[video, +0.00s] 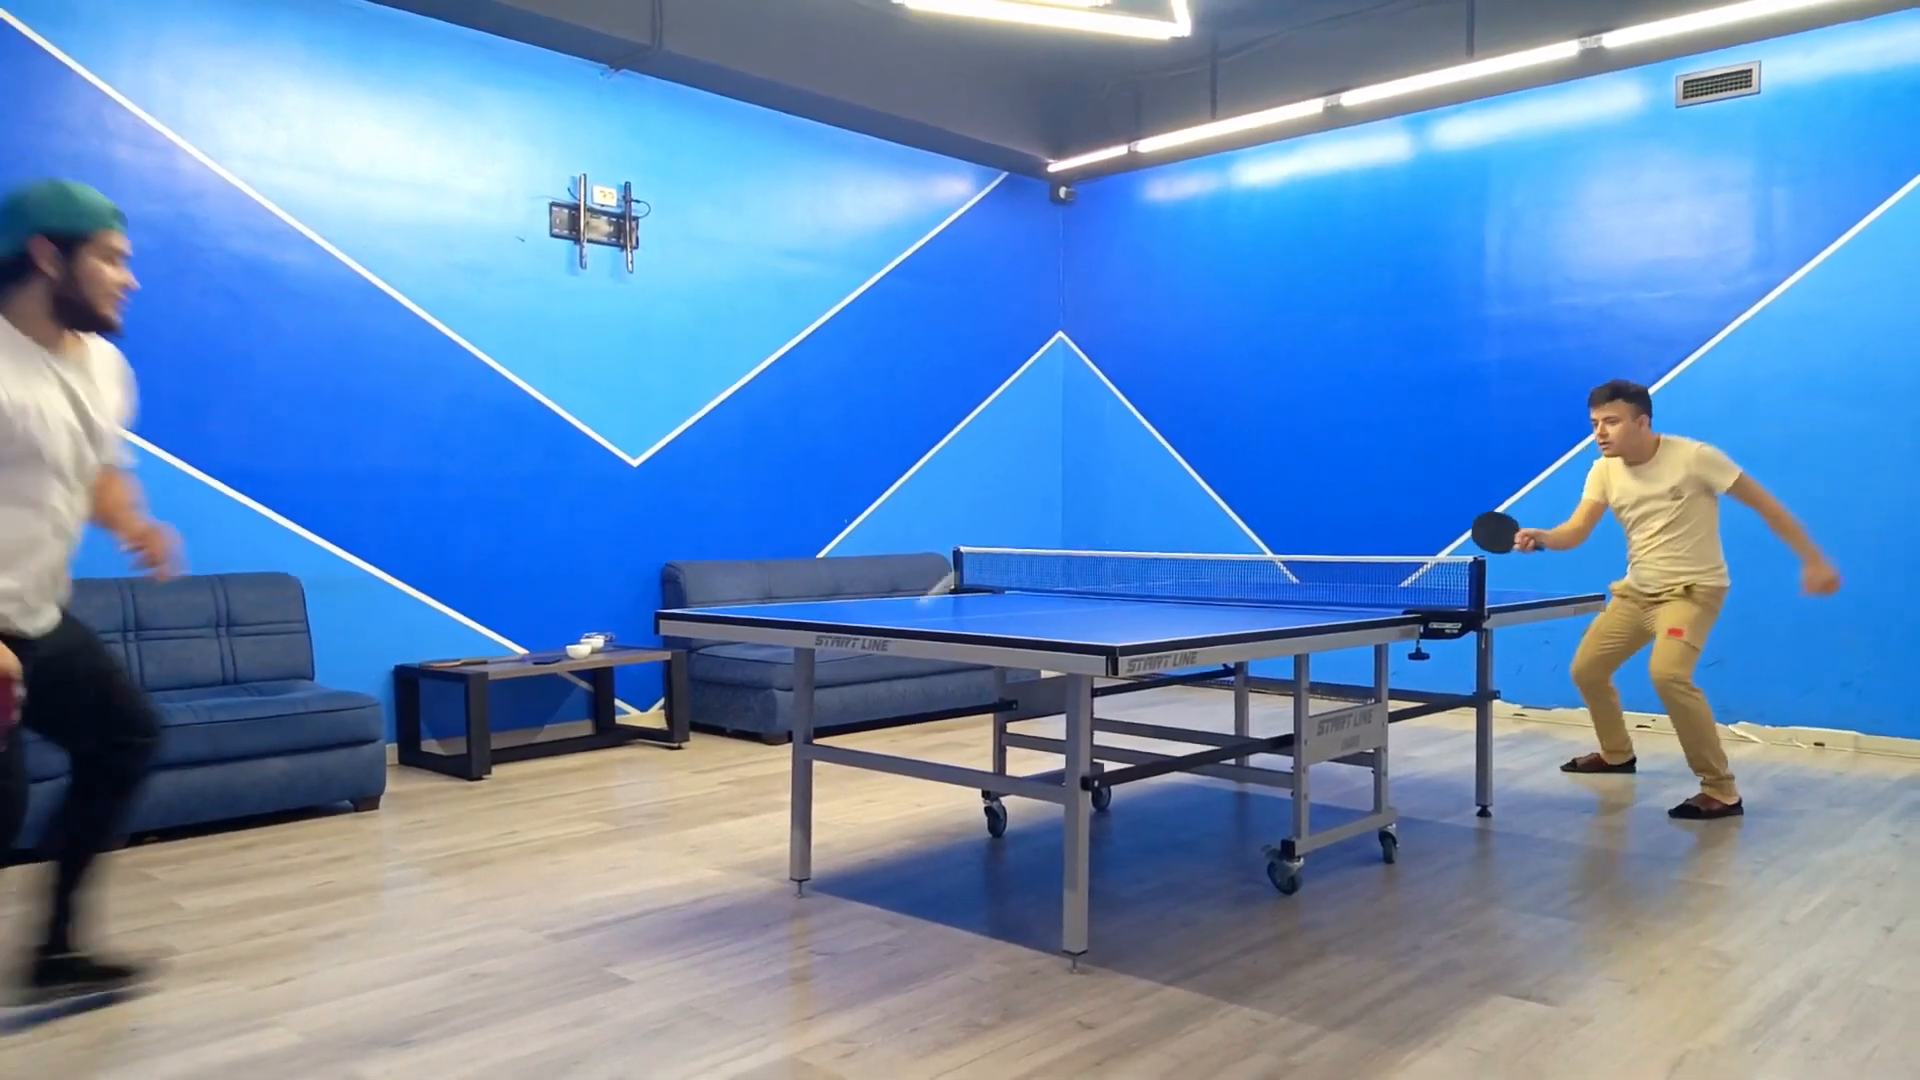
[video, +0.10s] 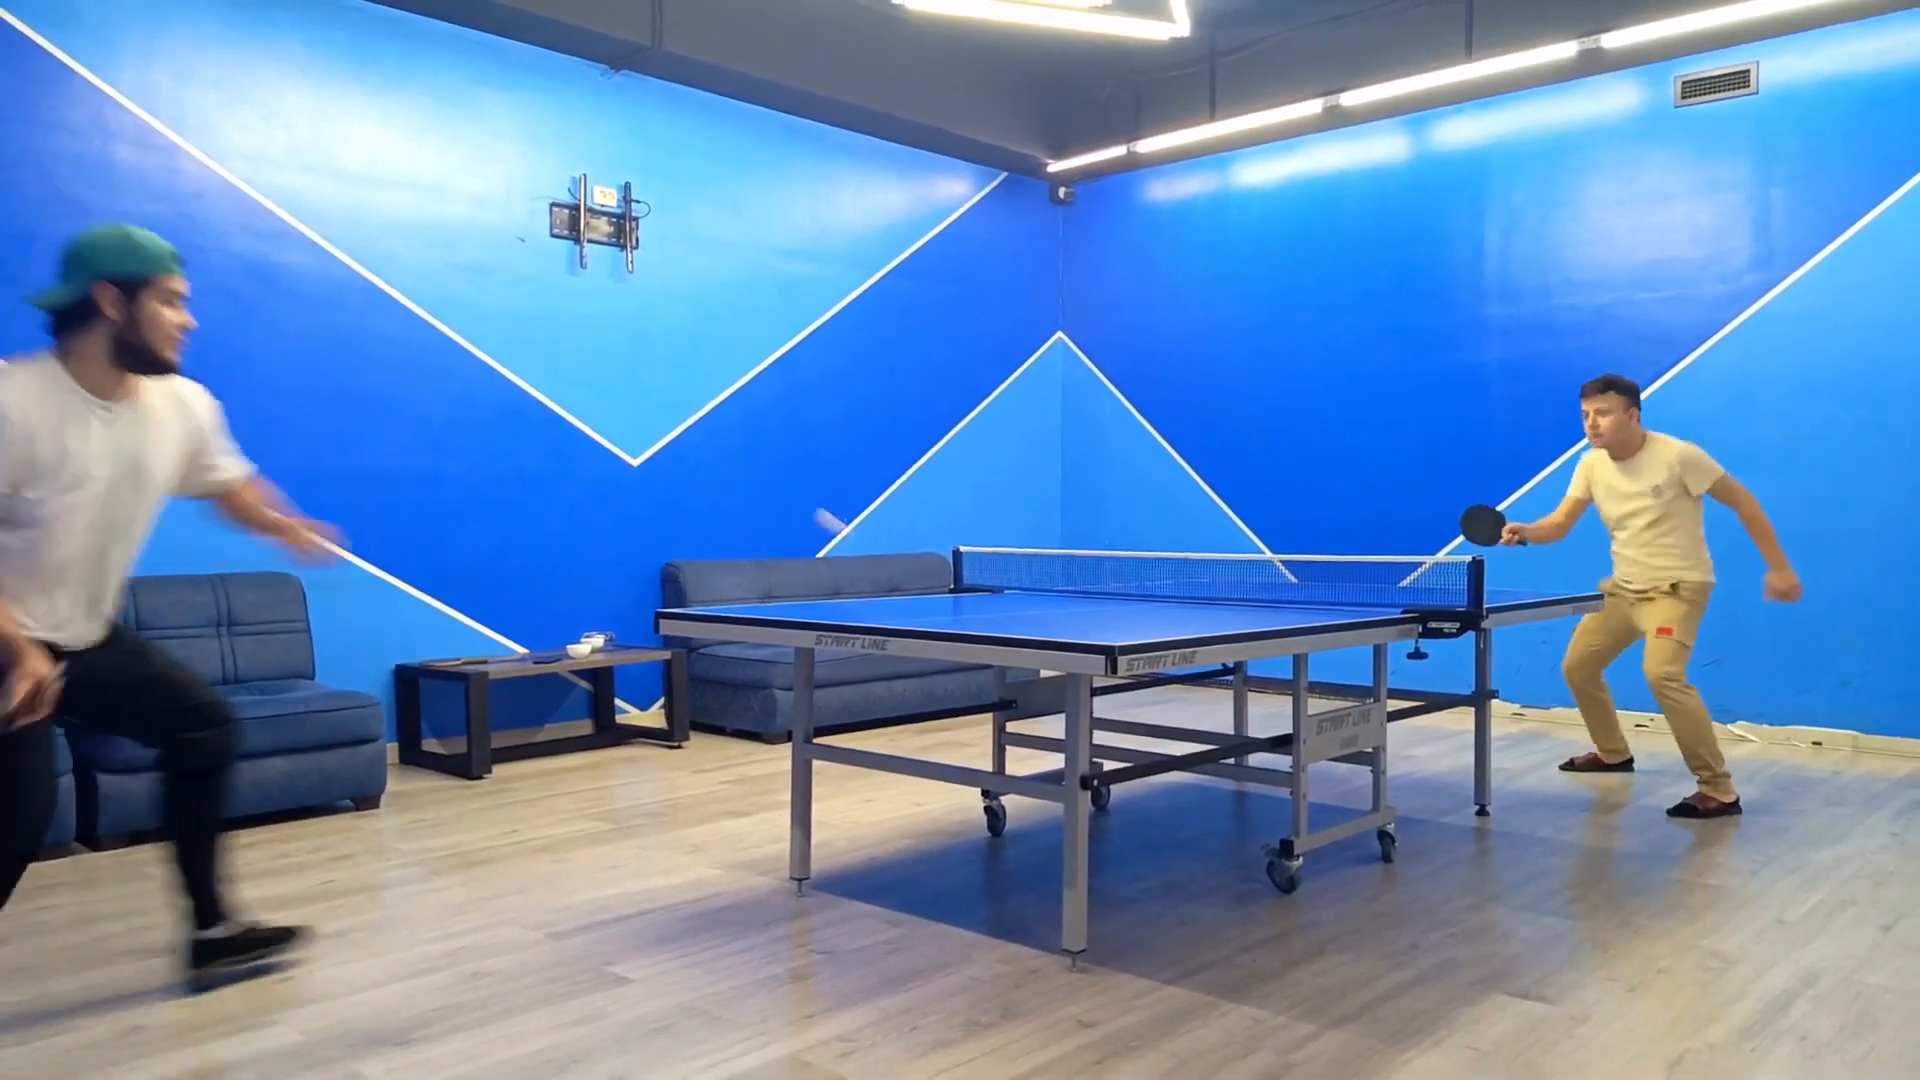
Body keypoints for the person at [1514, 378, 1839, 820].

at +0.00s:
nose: (1600, 432)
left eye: (1610, 422)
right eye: (1595, 424)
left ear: (1643, 421)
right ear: (1594, 426)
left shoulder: (1694, 459)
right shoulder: (1605, 470)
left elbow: (1766, 505)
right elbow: (1576, 530)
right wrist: (1542, 538)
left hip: (1692, 590)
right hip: (1637, 592)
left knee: (1668, 676)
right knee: (1587, 671)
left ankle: (1721, 792)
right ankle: (1616, 754)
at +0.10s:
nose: (1591, 424)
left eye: (1602, 414)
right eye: (1586, 416)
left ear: (1633, 415)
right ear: (1584, 419)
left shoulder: (1678, 457)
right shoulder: (1591, 465)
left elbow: (1743, 502)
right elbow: (1559, 524)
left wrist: (1779, 567)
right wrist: (1525, 532)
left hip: (1677, 589)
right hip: (1624, 591)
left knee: (1663, 674)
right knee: (1578, 667)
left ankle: (1718, 790)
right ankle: (1613, 753)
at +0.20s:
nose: (1580, 401)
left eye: (1590, 391)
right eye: (1574, 393)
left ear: (1621, 393)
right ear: (1572, 398)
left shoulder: (1661, 433)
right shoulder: (1583, 442)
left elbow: (1728, 471)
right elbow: (1559, 499)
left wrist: (1745, 537)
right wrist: (1527, 520)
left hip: (1670, 569)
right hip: (1619, 571)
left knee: (1679, 670)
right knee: (1585, 650)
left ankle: (1709, 783)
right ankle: (1609, 747)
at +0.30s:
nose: (1567, 397)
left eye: (1577, 387)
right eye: (1561, 390)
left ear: (1605, 388)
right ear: (1559, 397)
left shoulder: (1646, 426)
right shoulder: (1577, 441)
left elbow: (1714, 459)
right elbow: (1568, 501)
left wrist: (1725, 524)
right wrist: (1530, 524)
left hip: (1664, 560)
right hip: (1618, 563)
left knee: (1673, 659)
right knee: (1587, 645)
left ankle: (1725, 772)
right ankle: (1599, 740)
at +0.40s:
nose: (1552, 418)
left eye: (1562, 407)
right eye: (1547, 411)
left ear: (1591, 409)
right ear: (1546, 419)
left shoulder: (1630, 446)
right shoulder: (1569, 465)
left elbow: (1700, 480)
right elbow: (1578, 527)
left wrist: (1711, 548)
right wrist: (1532, 553)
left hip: (1659, 575)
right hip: (1614, 580)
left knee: (1666, 667)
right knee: (1576, 648)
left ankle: (1736, 772)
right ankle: (1585, 740)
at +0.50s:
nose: (1544, 445)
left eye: (1553, 435)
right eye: (1539, 438)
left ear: (1582, 436)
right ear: (1539, 443)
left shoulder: (1606, 467)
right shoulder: (1580, 487)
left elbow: (1675, 501)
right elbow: (1603, 553)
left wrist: (1660, 557)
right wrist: (1555, 587)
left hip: (1652, 593)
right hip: (1615, 598)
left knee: (1647, 684)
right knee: (1558, 654)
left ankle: (1736, 775)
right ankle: (1584, 743)